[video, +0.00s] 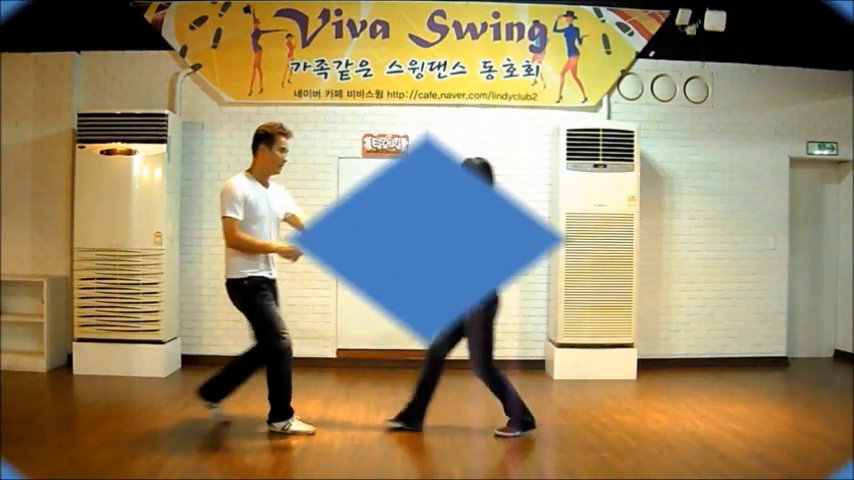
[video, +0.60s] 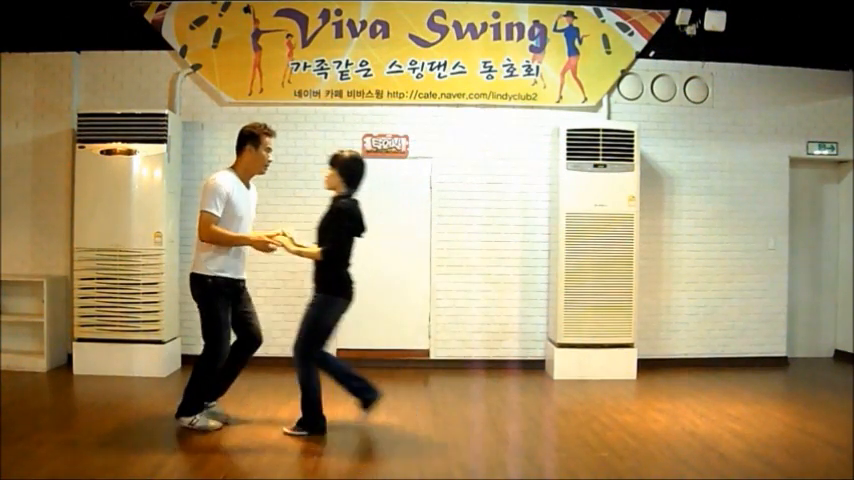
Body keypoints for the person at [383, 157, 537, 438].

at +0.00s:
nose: (465, 186)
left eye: (470, 181)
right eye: (465, 180)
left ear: (480, 183)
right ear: (465, 182)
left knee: (483, 365)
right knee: (435, 353)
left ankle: (520, 417)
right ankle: (413, 415)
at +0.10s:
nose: (438, 179)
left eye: (443, 176)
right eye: (439, 175)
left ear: (454, 180)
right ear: (458, 180)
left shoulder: (453, 211)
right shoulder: (440, 209)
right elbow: (395, 227)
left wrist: (343, 236)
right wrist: (343, 235)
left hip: (453, 293)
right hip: (438, 293)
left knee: (456, 363)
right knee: (415, 350)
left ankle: (508, 406)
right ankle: (409, 418)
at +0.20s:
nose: (413, 175)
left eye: (418, 171)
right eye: (415, 170)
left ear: (430, 177)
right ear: (430, 176)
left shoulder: (433, 210)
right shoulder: (426, 207)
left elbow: (410, 250)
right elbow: (400, 238)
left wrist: (381, 245)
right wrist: (360, 236)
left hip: (428, 291)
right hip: (417, 290)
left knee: (411, 353)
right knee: (401, 351)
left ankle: (466, 396)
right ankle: (410, 416)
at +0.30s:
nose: (389, 172)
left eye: (394, 167)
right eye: (392, 166)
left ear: (406, 174)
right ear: (408, 174)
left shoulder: (410, 208)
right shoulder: (404, 205)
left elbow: (398, 251)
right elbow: (375, 237)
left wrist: (364, 248)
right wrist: (343, 237)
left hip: (404, 291)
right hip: (401, 290)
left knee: (377, 349)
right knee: (389, 350)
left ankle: (408, 416)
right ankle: (406, 415)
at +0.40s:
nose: (367, 175)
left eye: (373, 171)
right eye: (370, 170)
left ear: (384, 178)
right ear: (386, 178)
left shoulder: (386, 210)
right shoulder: (383, 207)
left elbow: (371, 253)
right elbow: (364, 243)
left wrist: (337, 248)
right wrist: (343, 241)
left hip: (379, 294)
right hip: (381, 293)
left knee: (345, 348)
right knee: (379, 354)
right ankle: (407, 416)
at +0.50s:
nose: (346, 177)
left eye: (351, 173)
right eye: (348, 172)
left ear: (362, 179)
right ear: (364, 179)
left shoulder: (362, 212)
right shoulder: (364, 209)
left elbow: (344, 256)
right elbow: (350, 254)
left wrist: (309, 250)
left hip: (351, 296)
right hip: (357, 294)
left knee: (317, 350)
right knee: (351, 356)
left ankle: (313, 422)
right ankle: (398, 407)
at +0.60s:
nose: (326, 173)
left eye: (330, 170)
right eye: (329, 169)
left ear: (340, 176)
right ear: (346, 176)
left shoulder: (342, 209)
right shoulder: (344, 206)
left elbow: (328, 254)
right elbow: (328, 251)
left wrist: (293, 249)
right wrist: (296, 247)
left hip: (332, 292)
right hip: (333, 290)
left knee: (305, 350)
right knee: (309, 350)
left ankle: (312, 420)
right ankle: (365, 392)